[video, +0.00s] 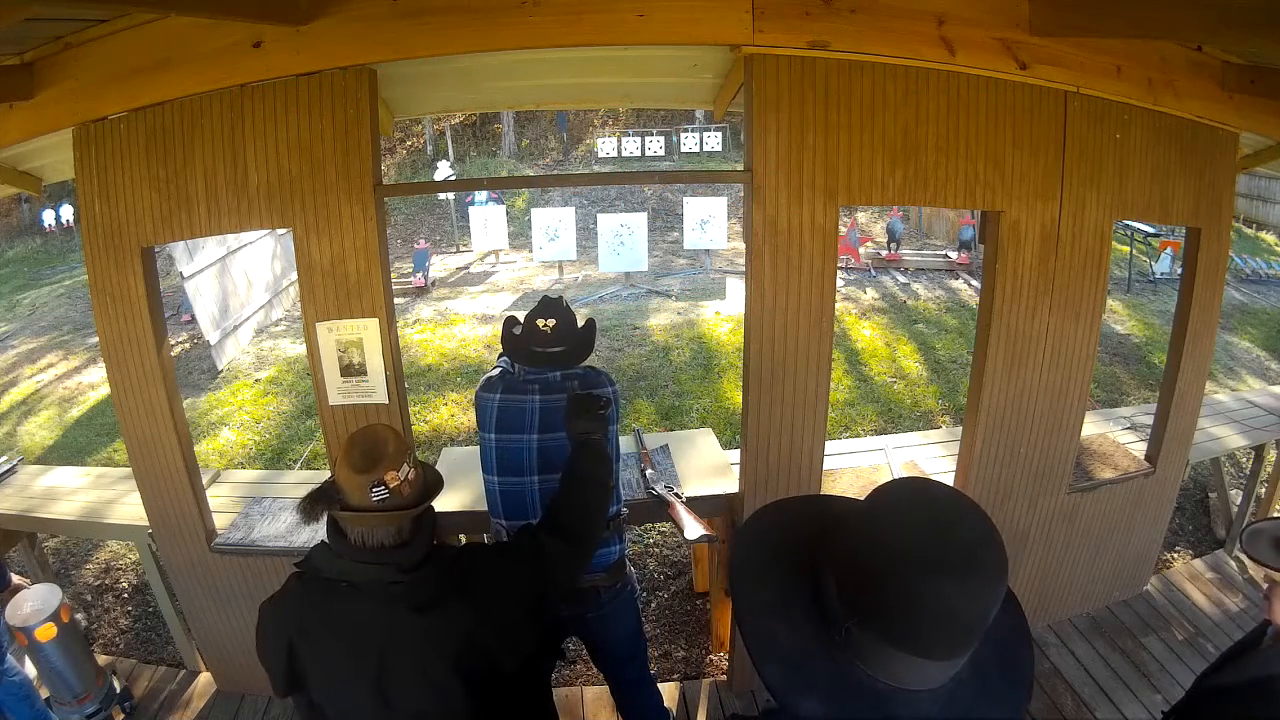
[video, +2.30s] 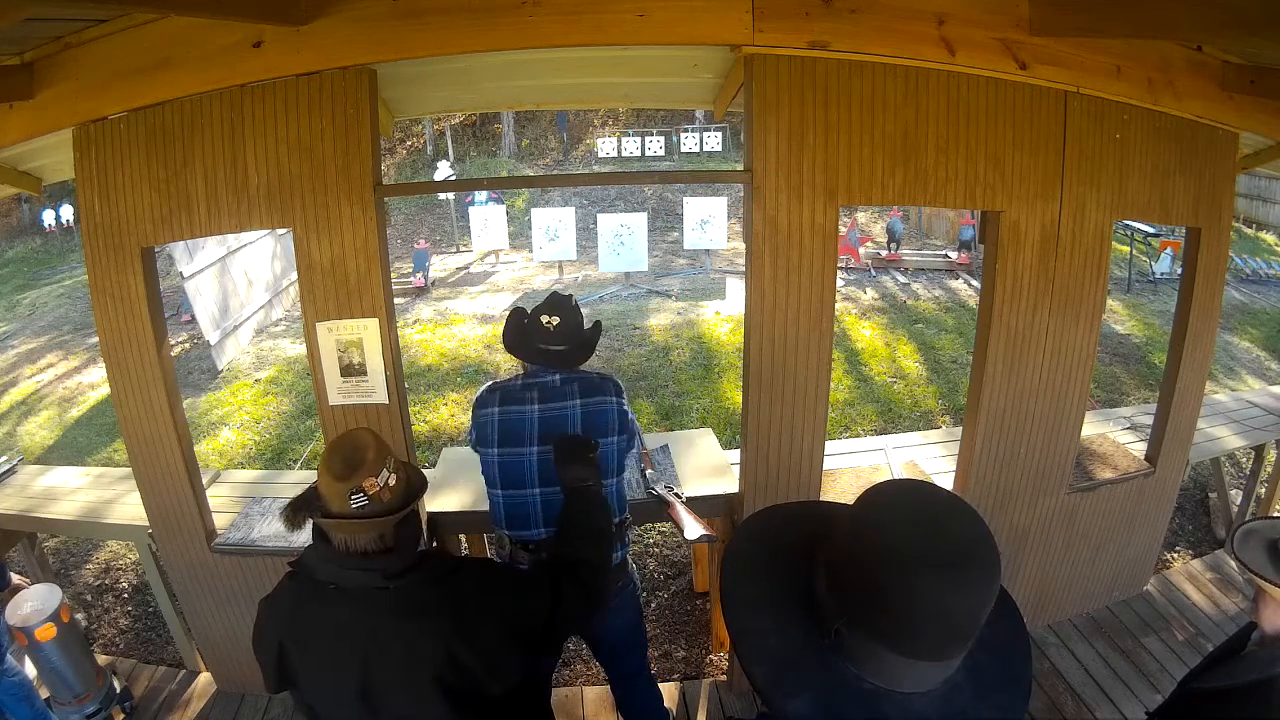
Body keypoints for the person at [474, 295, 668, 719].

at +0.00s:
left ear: (515, 342)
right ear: (577, 344)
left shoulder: (488, 393)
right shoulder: (599, 388)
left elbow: (509, 369)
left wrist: (519, 345)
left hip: (519, 582)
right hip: (598, 578)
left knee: (530, 693)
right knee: (635, 689)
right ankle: (653, 716)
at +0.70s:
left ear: (513, 343)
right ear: (576, 344)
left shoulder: (488, 393)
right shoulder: (598, 387)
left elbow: (504, 360)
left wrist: (521, 340)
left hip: (516, 582)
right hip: (595, 577)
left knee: (529, 692)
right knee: (634, 687)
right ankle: (652, 715)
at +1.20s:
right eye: (585, 339)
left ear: (529, 341)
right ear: (583, 345)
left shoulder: (491, 390)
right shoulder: (605, 389)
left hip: (517, 582)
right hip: (596, 576)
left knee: (528, 692)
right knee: (634, 687)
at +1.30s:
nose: (592, 355)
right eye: (591, 348)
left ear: (535, 346)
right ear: (586, 349)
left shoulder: (492, 391)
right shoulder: (608, 392)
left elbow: (457, 440)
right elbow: (634, 410)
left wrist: (512, 439)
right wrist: (590, 372)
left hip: (517, 579)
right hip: (597, 575)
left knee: (527, 691)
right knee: (633, 683)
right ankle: (653, 717)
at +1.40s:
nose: (594, 360)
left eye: (593, 353)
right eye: (593, 352)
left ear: (541, 348)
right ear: (586, 352)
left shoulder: (488, 396)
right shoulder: (613, 393)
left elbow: (445, 463)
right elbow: (673, 429)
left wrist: (494, 502)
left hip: (519, 577)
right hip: (600, 572)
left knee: (529, 689)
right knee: (634, 683)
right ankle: (652, 717)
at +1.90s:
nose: (603, 365)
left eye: (543, 347)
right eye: (602, 358)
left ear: (544, 350)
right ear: (595, 356)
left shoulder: (494, 388)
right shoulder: (624, 394)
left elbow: (428, 422)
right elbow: (683, 445)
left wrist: (476, 472)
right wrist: (638, 475)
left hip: (522, 581)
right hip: (604, 575)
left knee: (528, 694)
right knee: (635, 684)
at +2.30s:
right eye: (580, 335)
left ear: (523, 342)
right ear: (581, 343)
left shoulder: (489, 401)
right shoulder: (608, 391)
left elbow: (479, 449)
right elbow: (629, 459)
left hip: (526, 585)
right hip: (605, 577)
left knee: (530, 696)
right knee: (636, 686)